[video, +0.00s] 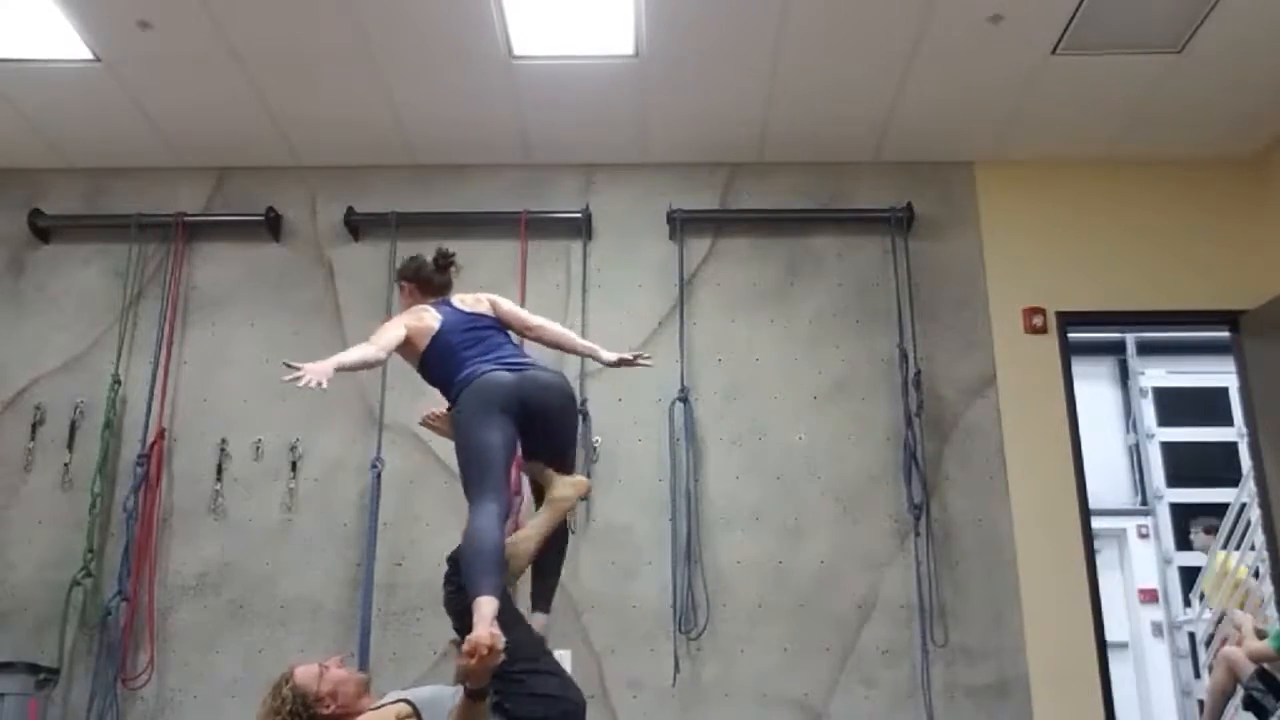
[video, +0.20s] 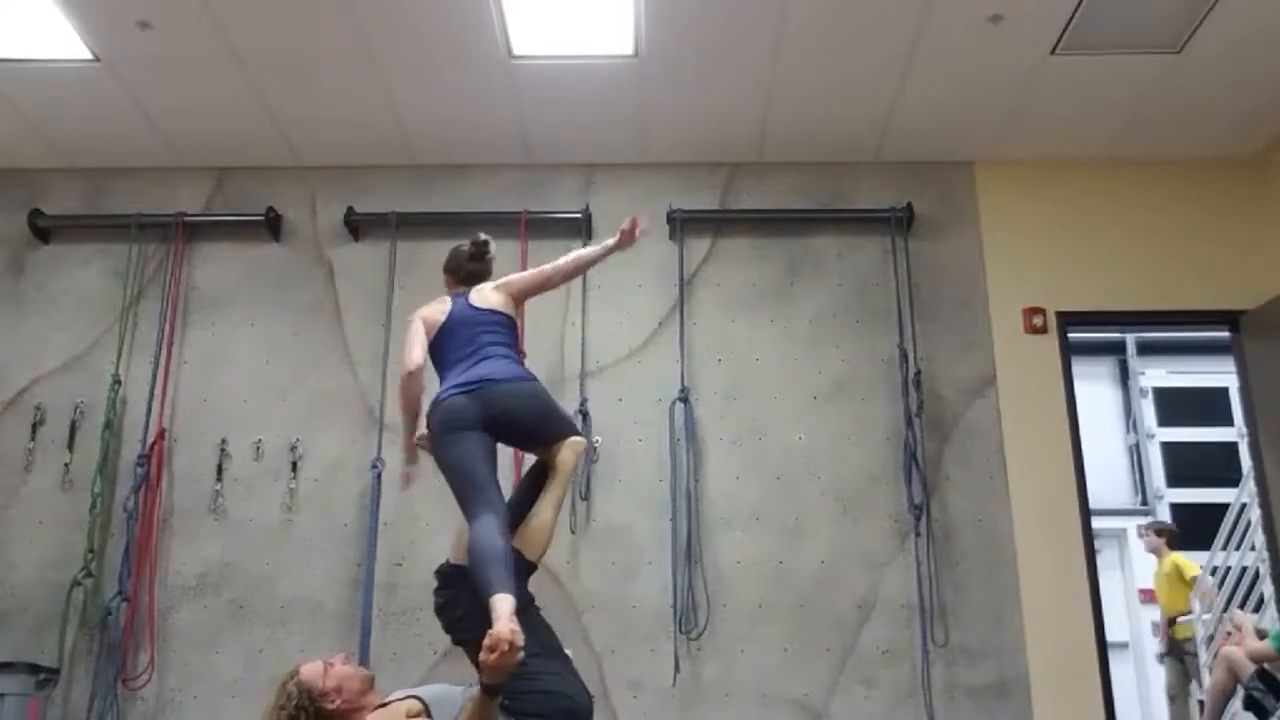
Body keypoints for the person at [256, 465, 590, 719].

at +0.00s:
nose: (339, 659)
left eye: (325, 661)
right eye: (326, 670)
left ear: (332, 703)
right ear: (328, 706)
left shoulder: (379, 705)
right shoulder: (380, 717)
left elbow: (457, 707)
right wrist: (476, 690)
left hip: (524, 704)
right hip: (536, 709)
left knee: (463, 575)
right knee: (462, 575)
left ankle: (557, 502)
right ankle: (559, 504)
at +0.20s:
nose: (342, 657)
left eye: (330, 659)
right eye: (330, 668)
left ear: (338, 696)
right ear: (334, 702)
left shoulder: (387, 702)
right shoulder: (388, 714)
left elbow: (467, 711)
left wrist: (487, 690)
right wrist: (488, 690)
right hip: (544, 706)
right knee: (462, 590)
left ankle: (556, 466)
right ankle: (561, 466)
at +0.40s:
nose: (328, 669)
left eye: (316, 673)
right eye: (319, 681)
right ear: (327, 711)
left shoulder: (387, 705)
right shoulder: (390, 714)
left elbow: (460, 709)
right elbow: (462, 717)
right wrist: (479, 685)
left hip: (549, 699)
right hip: (544, 705)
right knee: (444, 594)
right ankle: (536, 475)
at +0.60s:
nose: (314, 684)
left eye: (303, 688)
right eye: (305, 696)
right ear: (322, 717)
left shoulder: (381, 705)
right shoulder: (386, 714)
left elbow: (457, 700)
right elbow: (451, 715)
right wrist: (443, 664)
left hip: (516, 696)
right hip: (539, 704)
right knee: (462, 582)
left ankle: (510, 472)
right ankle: (558, 511)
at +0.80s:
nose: (316, 688)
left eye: (306, 692)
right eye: (310, 700)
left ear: (328, 698)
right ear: (325, 718)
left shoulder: (380, 709)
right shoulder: (390, 717)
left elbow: (453, 710)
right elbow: (455, 717)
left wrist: (470, 665)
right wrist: (445, 655)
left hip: (522, 703)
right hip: (546, 711)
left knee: (496, 565)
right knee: (501, 568)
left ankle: (517, 451)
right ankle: (630, 512)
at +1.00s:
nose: (319, 683)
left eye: (306, 688)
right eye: (309, 695)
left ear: (325, 701)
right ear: (320, 717)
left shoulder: (383, 708)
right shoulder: (389, 719)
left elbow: (447, 698)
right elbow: (465, 716)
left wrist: (468, 649)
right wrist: (476, 663)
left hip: (519, 698)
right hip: (544, 710)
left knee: (508, 575)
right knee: (561, 563)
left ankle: (535, 458)